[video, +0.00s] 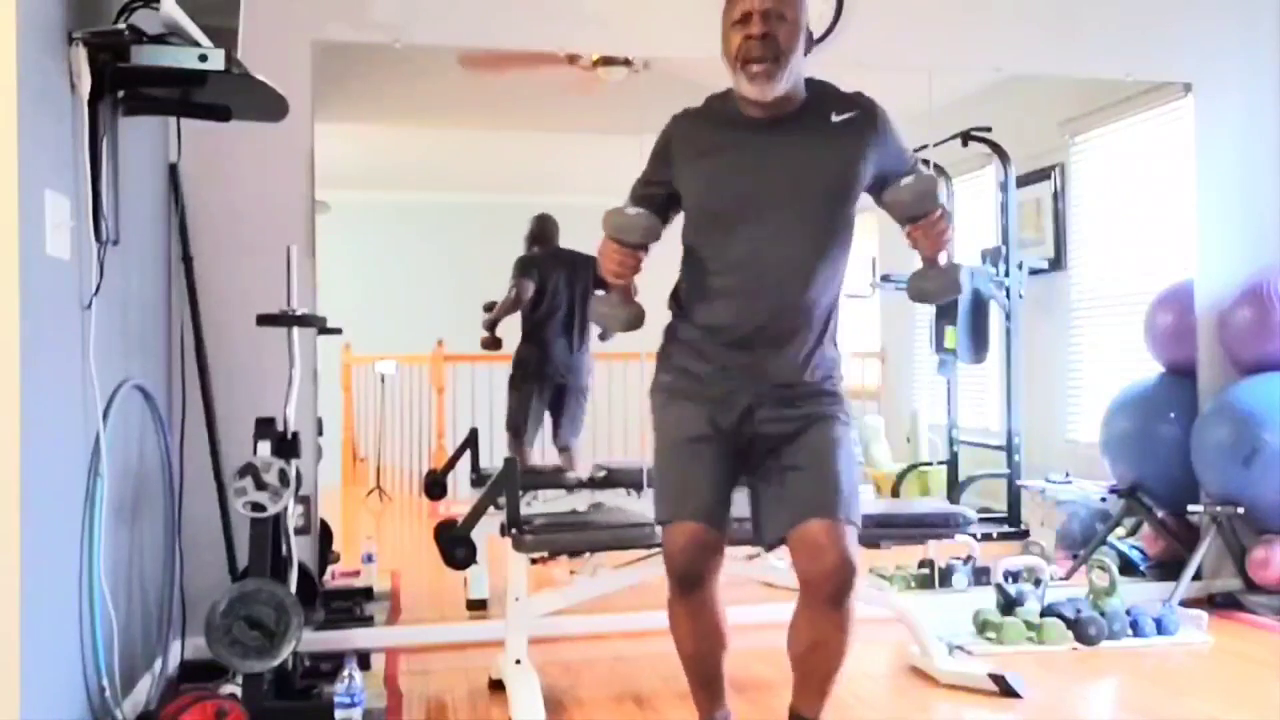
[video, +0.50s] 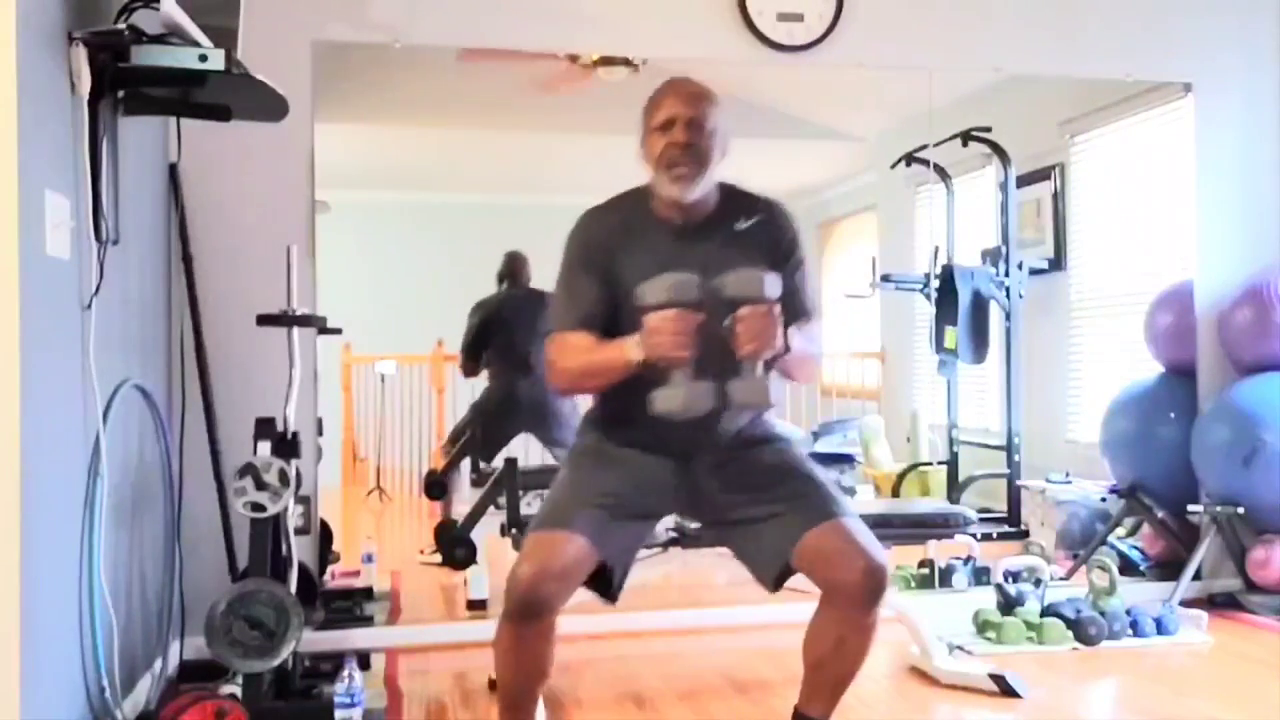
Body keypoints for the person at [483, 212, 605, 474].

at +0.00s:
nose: (527, 241)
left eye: (528, 237)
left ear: (531, 237)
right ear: (557, 236)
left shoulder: (529, 262)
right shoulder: (583, 262)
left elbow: (522, 295)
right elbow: (619, 287)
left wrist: (493, 320)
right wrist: (610, 323)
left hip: (536, 363)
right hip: (576, 366)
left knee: (520, 437)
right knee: (568, 439)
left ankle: (524, 502)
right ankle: (577, 504)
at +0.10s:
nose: (525, 234)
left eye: (527, 230)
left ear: (530, 230)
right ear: (557, 230)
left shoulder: (524, 256)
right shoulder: (585, 259)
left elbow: (510, 294)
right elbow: (617, 290)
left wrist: (493, 323)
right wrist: (596, 316)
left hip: (532, 360)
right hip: (572, 362)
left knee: (519, 436)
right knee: (567, 435)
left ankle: (527, 502)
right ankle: (575, 502)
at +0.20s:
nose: (525, 233)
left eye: (525, 229)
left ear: (527, 229)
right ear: (554, 229)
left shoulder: (517, 255)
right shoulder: (583, 257)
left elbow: (498, 302)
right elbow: (612, 304)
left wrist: (499, 329)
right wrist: (582, 313)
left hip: (528, 358)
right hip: (571, 360)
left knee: (498, 427)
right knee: (568, 434)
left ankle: (499, 487)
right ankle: (573, 498)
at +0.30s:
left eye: (526, 236)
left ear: (522, 238)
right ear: (548, 238)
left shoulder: (509, 270)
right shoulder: (575, 268)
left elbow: (489, 324)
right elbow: (597, 321)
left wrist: (511, 333)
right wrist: (567, 324)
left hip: (520, 366)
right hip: (566, 366)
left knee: (486, 430)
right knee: (571, 439)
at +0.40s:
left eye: (516, 257)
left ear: (513, 260)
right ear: (540, 259)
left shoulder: (499, 292)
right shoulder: (565, 289)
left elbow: (483, 352)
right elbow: (580, 337)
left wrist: (506, 341)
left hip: (516, 383)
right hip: (562, 382)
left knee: (469, 440)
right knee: (579, 452)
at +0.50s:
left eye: (505, 276)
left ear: (500, 277)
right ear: (529, 275)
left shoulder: (486, 308)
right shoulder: (551, 303)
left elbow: (469, 367)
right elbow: (568, 349)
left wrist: (491, 349)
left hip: (502, 398)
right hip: (547, 396)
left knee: (453, 451)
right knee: (579, 460)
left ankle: (449, 529)